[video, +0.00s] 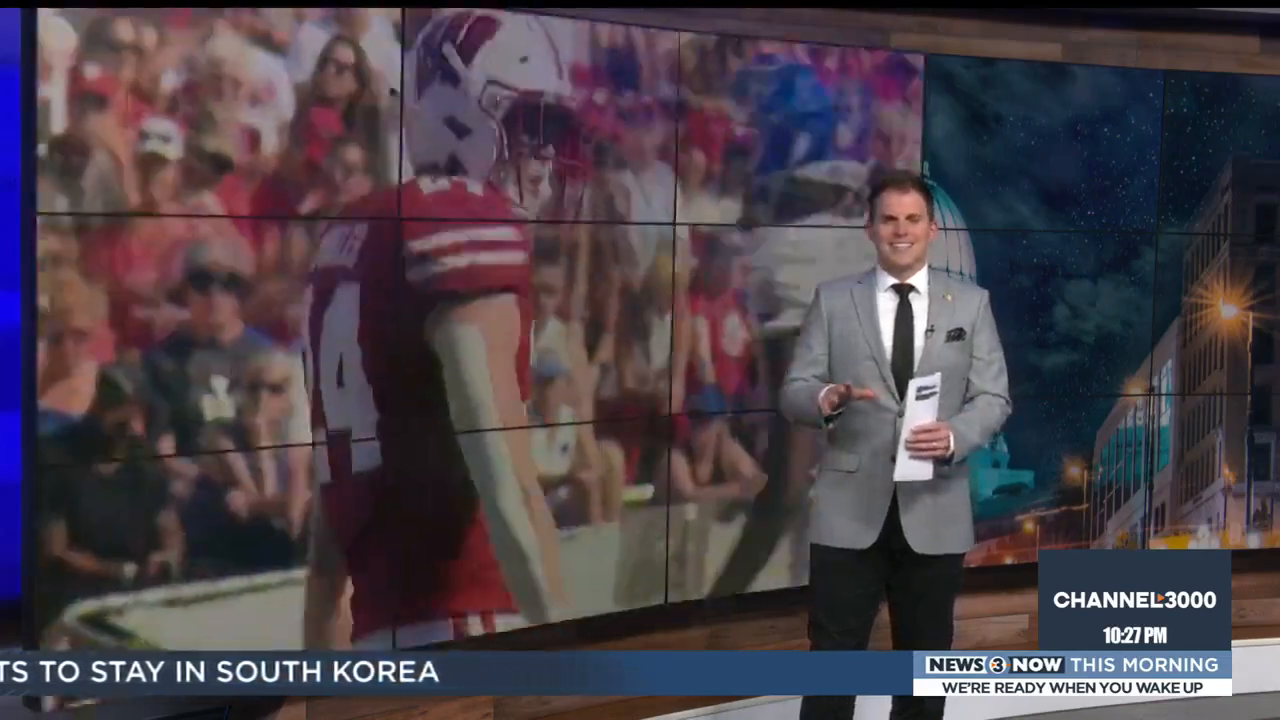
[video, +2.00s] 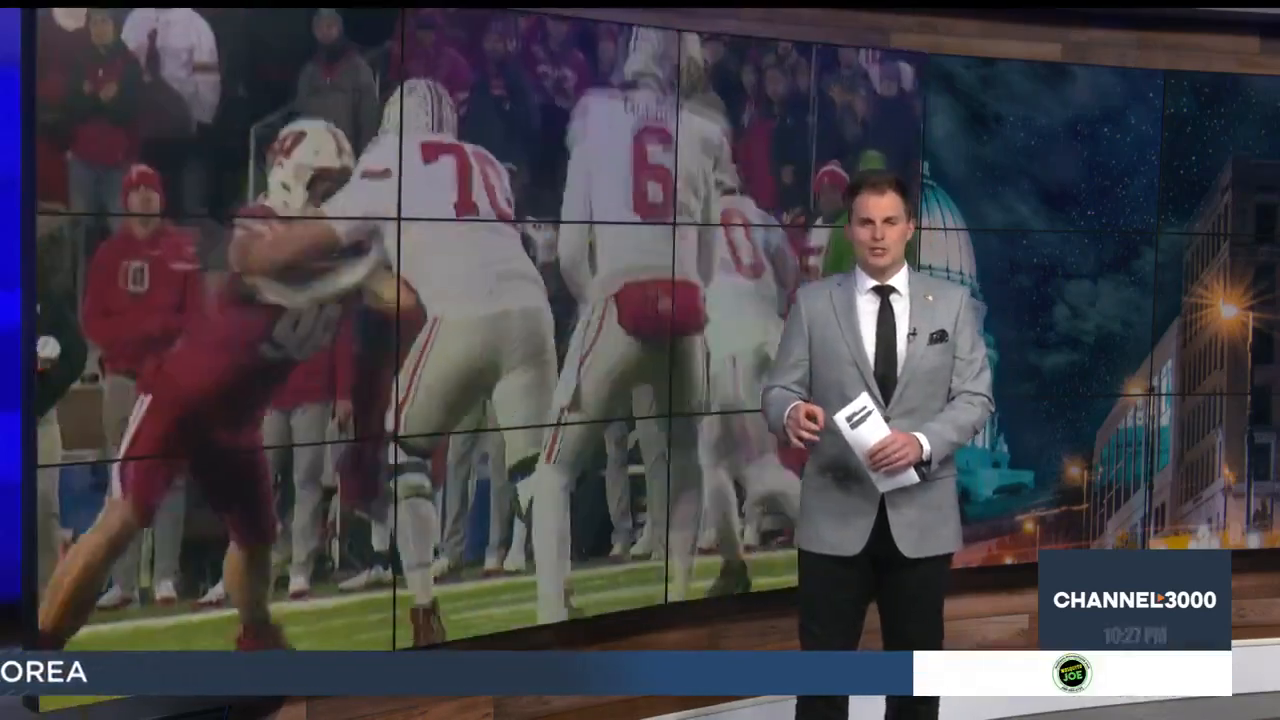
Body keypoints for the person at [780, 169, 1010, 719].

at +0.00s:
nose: (901, 230)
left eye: (913, 219)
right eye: (889, 219)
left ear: (932, 227)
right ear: (871, 228)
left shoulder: (969, 301)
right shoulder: (833, 300)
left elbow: (993, 398)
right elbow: (794, 391)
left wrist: (955, 434)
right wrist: (822, 399)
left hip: (933, 508)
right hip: (848, 507)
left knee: (926, 665)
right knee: (832, 663)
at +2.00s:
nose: (877, 234)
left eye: (889, 221)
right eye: (865, 222)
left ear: (910, 228)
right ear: (849, 230)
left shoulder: (953, 303)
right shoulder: (812, 302)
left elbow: (973, 401)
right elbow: (779, 390)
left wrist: (923, 441)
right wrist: (788, 412)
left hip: (920, 515)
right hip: (834, 513)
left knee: (917, 672)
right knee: (822, 672)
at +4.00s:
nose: (897, 232)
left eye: (911, 220)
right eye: (887, 220)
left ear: (934, 230)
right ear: (874, 229)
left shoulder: (970, 303)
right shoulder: (835, 301)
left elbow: (993, 401)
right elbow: (799, 397)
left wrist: (958, 456)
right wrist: (845, 400)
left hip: (938, 515)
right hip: (853, 512)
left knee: (927, 674)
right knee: (835, 672)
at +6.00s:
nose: (898, 232)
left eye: (910, 221)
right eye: (886, 220)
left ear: (931, 230)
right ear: (870, 230)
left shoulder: (970, 303)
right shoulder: (833, 302)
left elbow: (996, 400)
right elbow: (796, 393)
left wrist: (962, 456)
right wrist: (856, 427)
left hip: (937, 517)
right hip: (852, 515)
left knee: (928, 674)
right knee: (835, 672)